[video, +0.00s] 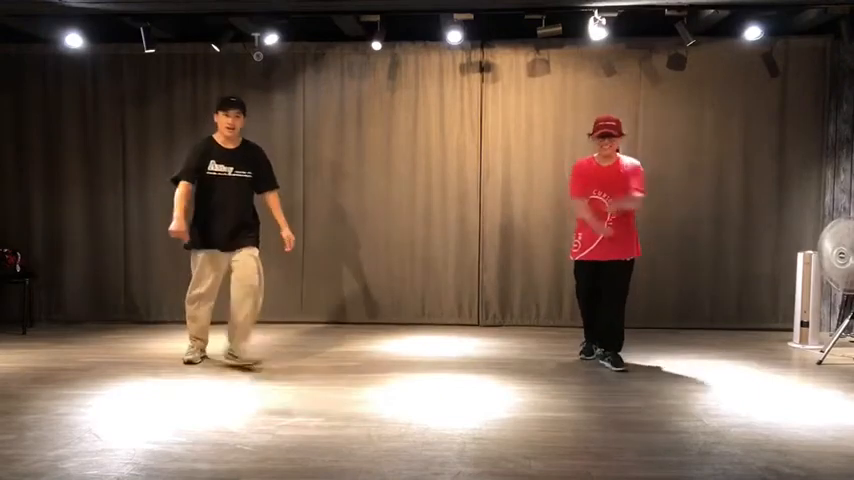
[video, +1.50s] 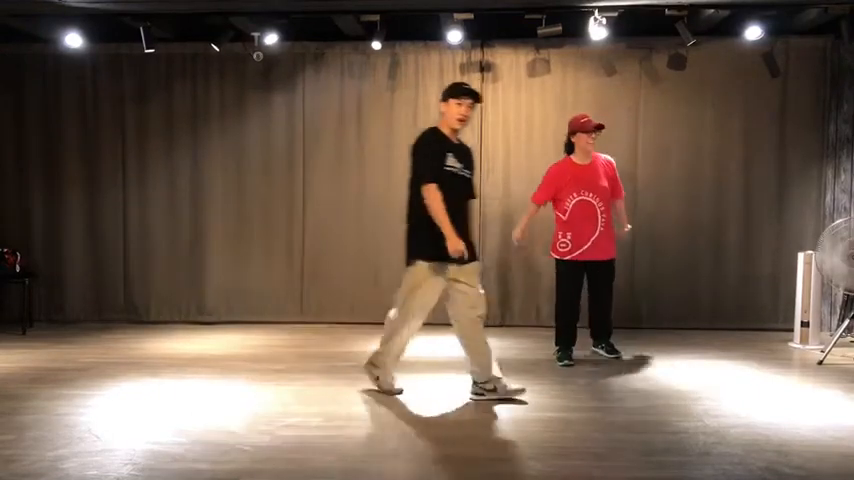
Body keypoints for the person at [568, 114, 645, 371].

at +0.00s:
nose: (606, 142)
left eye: (611, 138)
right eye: (601, 138)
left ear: (619, 140)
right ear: (594, 140)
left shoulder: (632, 167)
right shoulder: (582, 168)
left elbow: (637, 201)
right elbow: (579, 206)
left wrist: (617, 204)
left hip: (620, 248)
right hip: (587, 247)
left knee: (614, 300)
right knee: (587, 296)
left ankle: (610, 349)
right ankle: (591, 341)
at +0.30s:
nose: (626, 140)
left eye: (629, 136)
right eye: (621, 135)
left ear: (631, 137)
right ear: (606, 136)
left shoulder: (639, 167)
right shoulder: (585, 164)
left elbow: (661, 194)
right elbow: (558, 188)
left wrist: (677, 214)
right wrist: (537, 207)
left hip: (621, 251)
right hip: (587, 249)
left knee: (615, 302)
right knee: (583, 294)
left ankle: (611, 351)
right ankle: (591, 340)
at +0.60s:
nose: (629, 139)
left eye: (629, 134)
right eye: (624, 134)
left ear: (626, 137)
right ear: (607, 136)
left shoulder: (633, 167)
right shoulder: (582, 166)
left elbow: (640, 205)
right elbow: (566, 203)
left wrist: (641, 233)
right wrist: (561, 234)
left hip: (619, 250)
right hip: (586, 249)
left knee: (614, 305)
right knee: (581, 302)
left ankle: (610, 351)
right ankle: (570, 346)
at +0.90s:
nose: (605, 139)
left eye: (605, 135)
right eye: (600, 135)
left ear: (601, 138)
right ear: (584, 138)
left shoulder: (610, 163)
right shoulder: (566, 167)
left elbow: (626, 192)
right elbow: (570, 201)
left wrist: (630, 210)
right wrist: (592, 214)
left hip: (606, 249)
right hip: (575, 249)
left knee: (607, 303)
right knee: (570, 302)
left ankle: (609, 351)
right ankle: (565, 349)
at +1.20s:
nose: (589, 137)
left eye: (590, 133)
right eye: (584, 134)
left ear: (588, 137)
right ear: (569, 138)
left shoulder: (599, 163)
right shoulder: (555, 173)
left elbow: (610, 195)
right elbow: (551, 213)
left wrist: (615, 223)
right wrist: (551, 245)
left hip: (600, 247)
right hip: (568, 249)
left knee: (605, 301)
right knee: (565, 303)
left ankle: (610, 348)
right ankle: (564, 349)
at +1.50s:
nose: (592, 137)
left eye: (594, 133)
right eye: (586, 134)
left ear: (596, 137)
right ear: (573, 138)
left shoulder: (606, 164)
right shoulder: (559, 170)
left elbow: (617, 197)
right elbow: (537, 202)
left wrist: (624, 223)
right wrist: (520, 227)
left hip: (602, 249)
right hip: (569, 250)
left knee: (601, 299)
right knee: (567, 302)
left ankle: (601, 341)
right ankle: (564, 347)